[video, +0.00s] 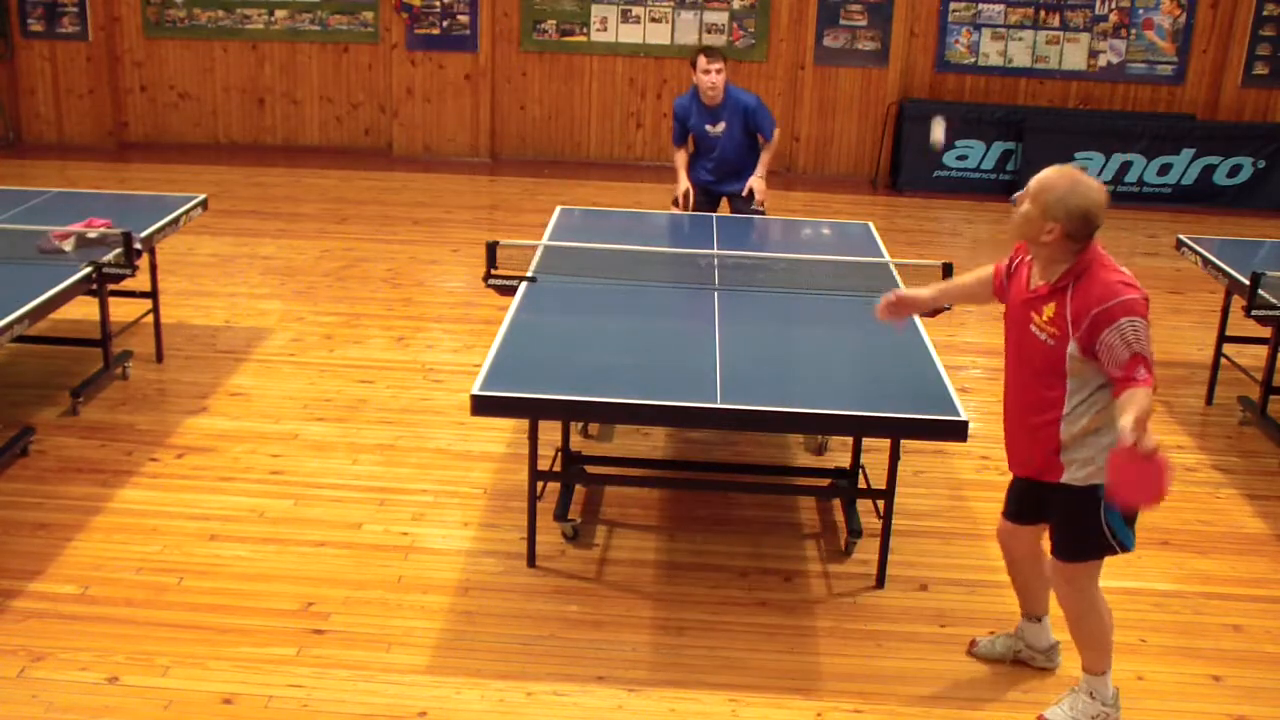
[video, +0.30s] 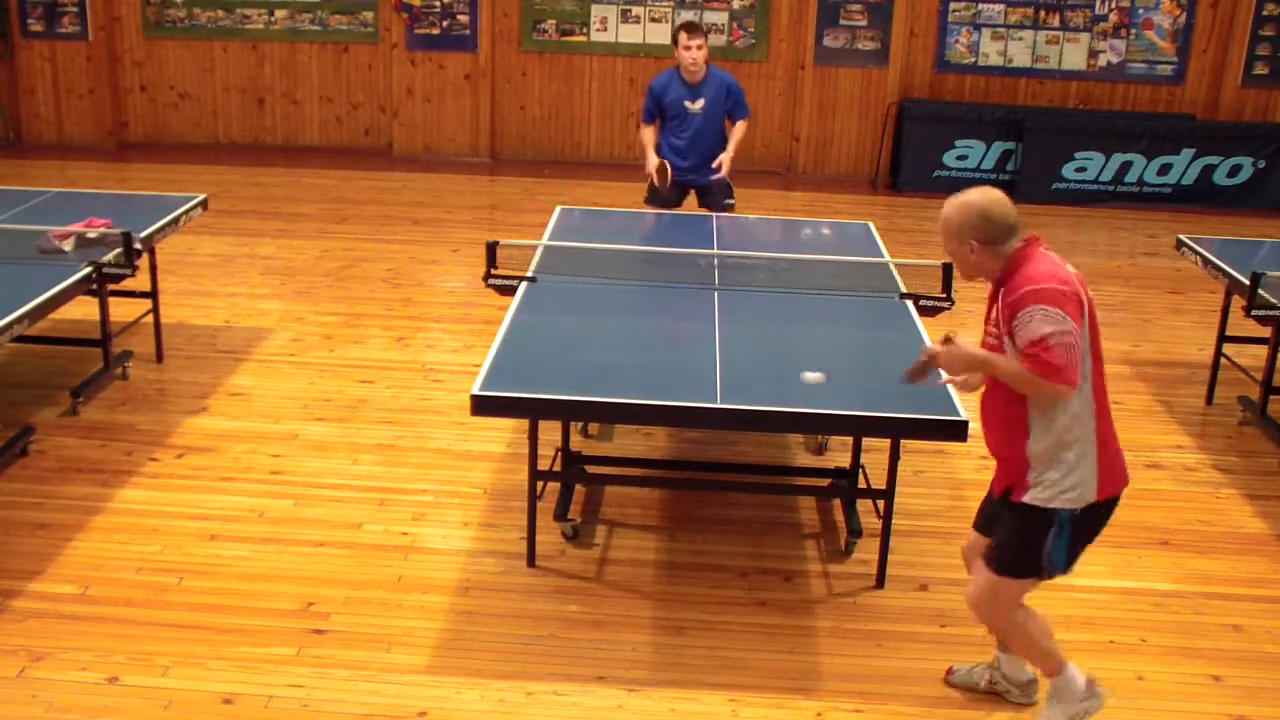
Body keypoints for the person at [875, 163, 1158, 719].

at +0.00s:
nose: (1015, 201)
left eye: (1025, 199)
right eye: (1022, 194)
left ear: (1050, 231)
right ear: (1051, 229)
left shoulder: (1111, 296)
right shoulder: (1027, 261)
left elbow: (1137, 380)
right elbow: (988, 282)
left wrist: (1131, 421)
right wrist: (927, 298)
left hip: (1088, 465)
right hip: (1038, 453)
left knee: (1075, 576)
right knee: (1016, 535)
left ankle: (1099, 692)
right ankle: (1035, 636)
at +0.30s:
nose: (947, 253)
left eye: (949, 244)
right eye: (947, 243)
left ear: (974, 249)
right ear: (993, 237)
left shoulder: (1041, 288)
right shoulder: (1019, 275)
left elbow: (1056, 380)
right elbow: (1022, 360)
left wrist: (978, 360)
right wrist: (976, 365)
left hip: (1068, 478)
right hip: (1033, 462)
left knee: (989, 599)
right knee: (977, 552)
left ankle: (1073, 688)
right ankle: (1012, 672)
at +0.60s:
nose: (945, 242)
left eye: (945, 232)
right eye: (944, 232)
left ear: (961, 235)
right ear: (1011, 227)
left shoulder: (989, 290)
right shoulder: (1057, 277)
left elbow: (974, 383)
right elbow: (1091, 352)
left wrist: (907, 372)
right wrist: (1016, 364)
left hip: (1016, 490)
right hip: (1074, 481)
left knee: (943, 619)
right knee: (1003, 569)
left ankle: (946, 714)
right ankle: (1015, 673)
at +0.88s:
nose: (953, 221)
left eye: (956, 213)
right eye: (954, 211)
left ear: (971, 222)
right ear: (1025, 219)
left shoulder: (978, 292)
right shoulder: (1077, 277)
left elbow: (950, 390)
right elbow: (1117, 358)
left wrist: (896, 388)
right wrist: (1064, 396)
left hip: (1008, 491)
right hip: (1083, 483)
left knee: (946, 616)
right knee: (1059, 583)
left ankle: (946, 716)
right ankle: (1076, 700)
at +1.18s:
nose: (956, 226)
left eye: (959, 218)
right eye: (959, 216)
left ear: (973, 229)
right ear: (1025, 225)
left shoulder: (982, 306)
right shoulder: (1075, 280)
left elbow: (942, 411)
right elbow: (1106, 347)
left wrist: (888, 403)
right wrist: (1030, 367)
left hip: (1016, 495)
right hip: (1089, 483)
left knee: (934, 599)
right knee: (1053, 573)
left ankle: (932, 714)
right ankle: (1091, 689)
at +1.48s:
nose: (996, 242)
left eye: (998, 235)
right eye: (999, 233)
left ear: (1007, 243)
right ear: (1061, 241)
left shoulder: (995, 320)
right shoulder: (1105, 302)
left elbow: (942, 408)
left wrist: (926, 377)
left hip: (1035, 507)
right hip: (1117, 502)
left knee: (940, 592)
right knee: (1082, 565)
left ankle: (933, 713)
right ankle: (1100, 680)